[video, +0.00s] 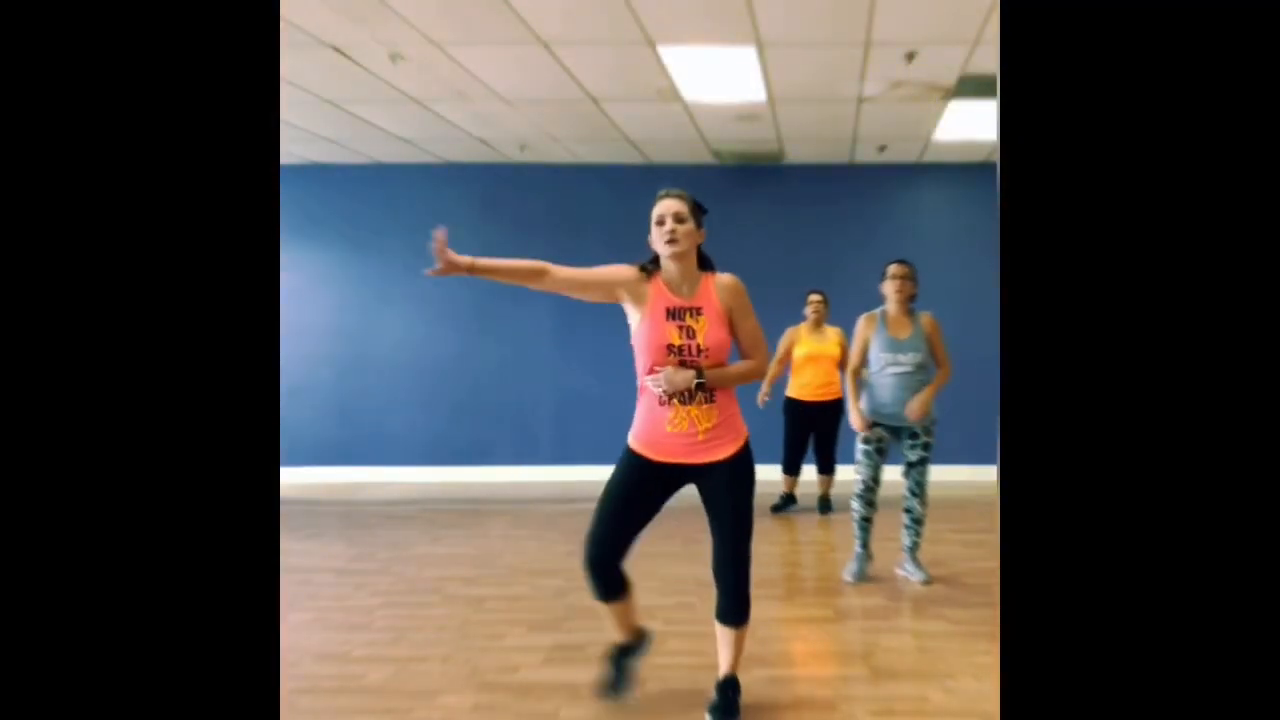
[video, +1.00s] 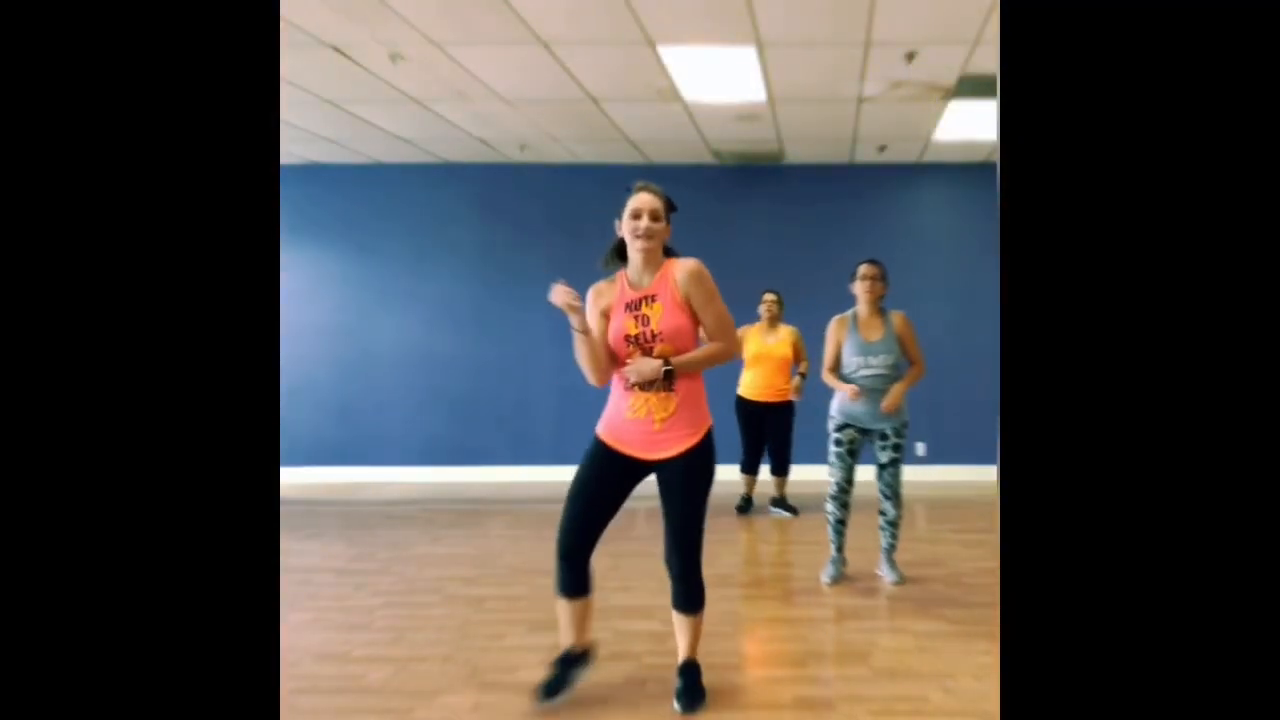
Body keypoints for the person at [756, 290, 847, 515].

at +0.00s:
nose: (815, 307)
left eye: (819, 303)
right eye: (811, 303)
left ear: (826, 309)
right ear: (805, 309)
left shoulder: (837, 334)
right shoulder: (793, 334)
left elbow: (846, 365)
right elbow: (779, 361)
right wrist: (766, 385)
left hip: (829, 398)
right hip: (798, 398)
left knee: (825, 451)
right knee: (793, 448)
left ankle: (824, 495)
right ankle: (788, 493)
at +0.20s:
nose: (815, 307)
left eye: (819, 303)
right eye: (811, 304)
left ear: (826, 309)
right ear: (804, 310)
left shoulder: (836, 335)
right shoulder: (793, 334)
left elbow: (850, 365)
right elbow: (769, 353)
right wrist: (741, 364)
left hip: (826, 400)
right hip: (794, 398)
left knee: (824, 453)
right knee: (784, 448)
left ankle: (824, 496)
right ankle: (775, 493)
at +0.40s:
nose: (806, 310)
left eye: (810, 306)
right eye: (802, 306)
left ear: (818, 312)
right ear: (796, 312)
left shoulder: (825, 337)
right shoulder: (783, 334)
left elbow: (838, 363)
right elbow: (752, 337)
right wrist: (719, 336)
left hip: (816, 402)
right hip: (785, 401)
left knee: (820, 453)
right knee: (771, 450)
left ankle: (824, 498)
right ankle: (751, 495)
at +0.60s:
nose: (790, 308)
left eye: (794, 304)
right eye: (786, 304)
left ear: (802, 311)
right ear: (780, 310)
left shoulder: (811, 338)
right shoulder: (765, 331)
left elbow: (824, 368)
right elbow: (733, 329)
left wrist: (828, 395)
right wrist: (700, 324)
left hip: (798, 401)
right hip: (766, 400)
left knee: (809, 451)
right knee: (760, 451)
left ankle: (821, 496)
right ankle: (747, 495)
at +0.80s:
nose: (775, 306)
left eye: (780, 303)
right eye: (772, 302)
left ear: (787, 309)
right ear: (766, 308)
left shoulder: (795, 335)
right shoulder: (751, 329)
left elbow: (806, 363)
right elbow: (720, 327)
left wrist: (805, 378)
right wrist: (693, 322)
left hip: (784, 399)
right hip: (753, 399)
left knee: (795, 449)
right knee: (754, 450)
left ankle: (808, 494)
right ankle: (746, 495)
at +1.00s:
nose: (769, 307)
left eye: (773, 303)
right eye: (765, 303)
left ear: (780, 309)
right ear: (759, 308)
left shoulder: (791, 334)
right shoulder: (746, 333)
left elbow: (802, 360)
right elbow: (725, 348)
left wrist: (799, 377)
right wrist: (707, 338)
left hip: (780, 398)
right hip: (750, 396)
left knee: (780, 452)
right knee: (751, 450)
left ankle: (779, 496)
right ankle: (747, 494)